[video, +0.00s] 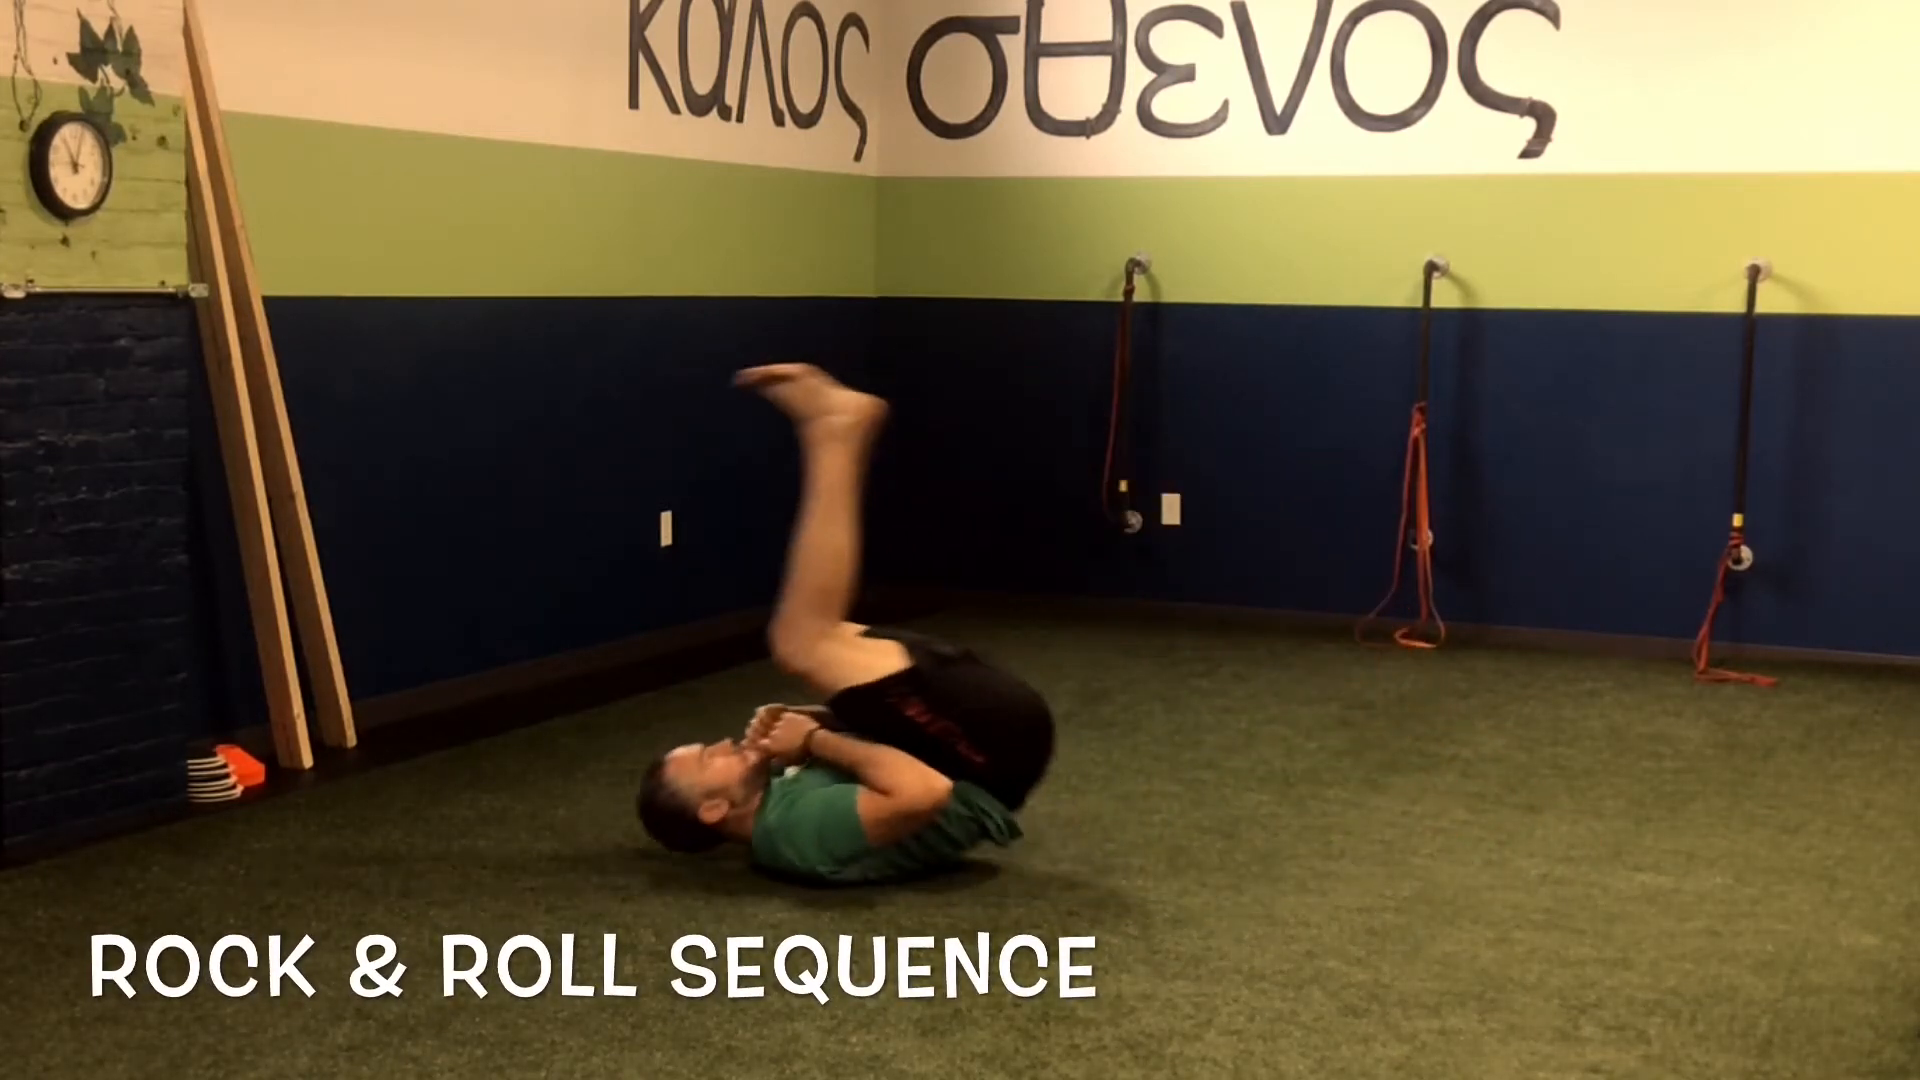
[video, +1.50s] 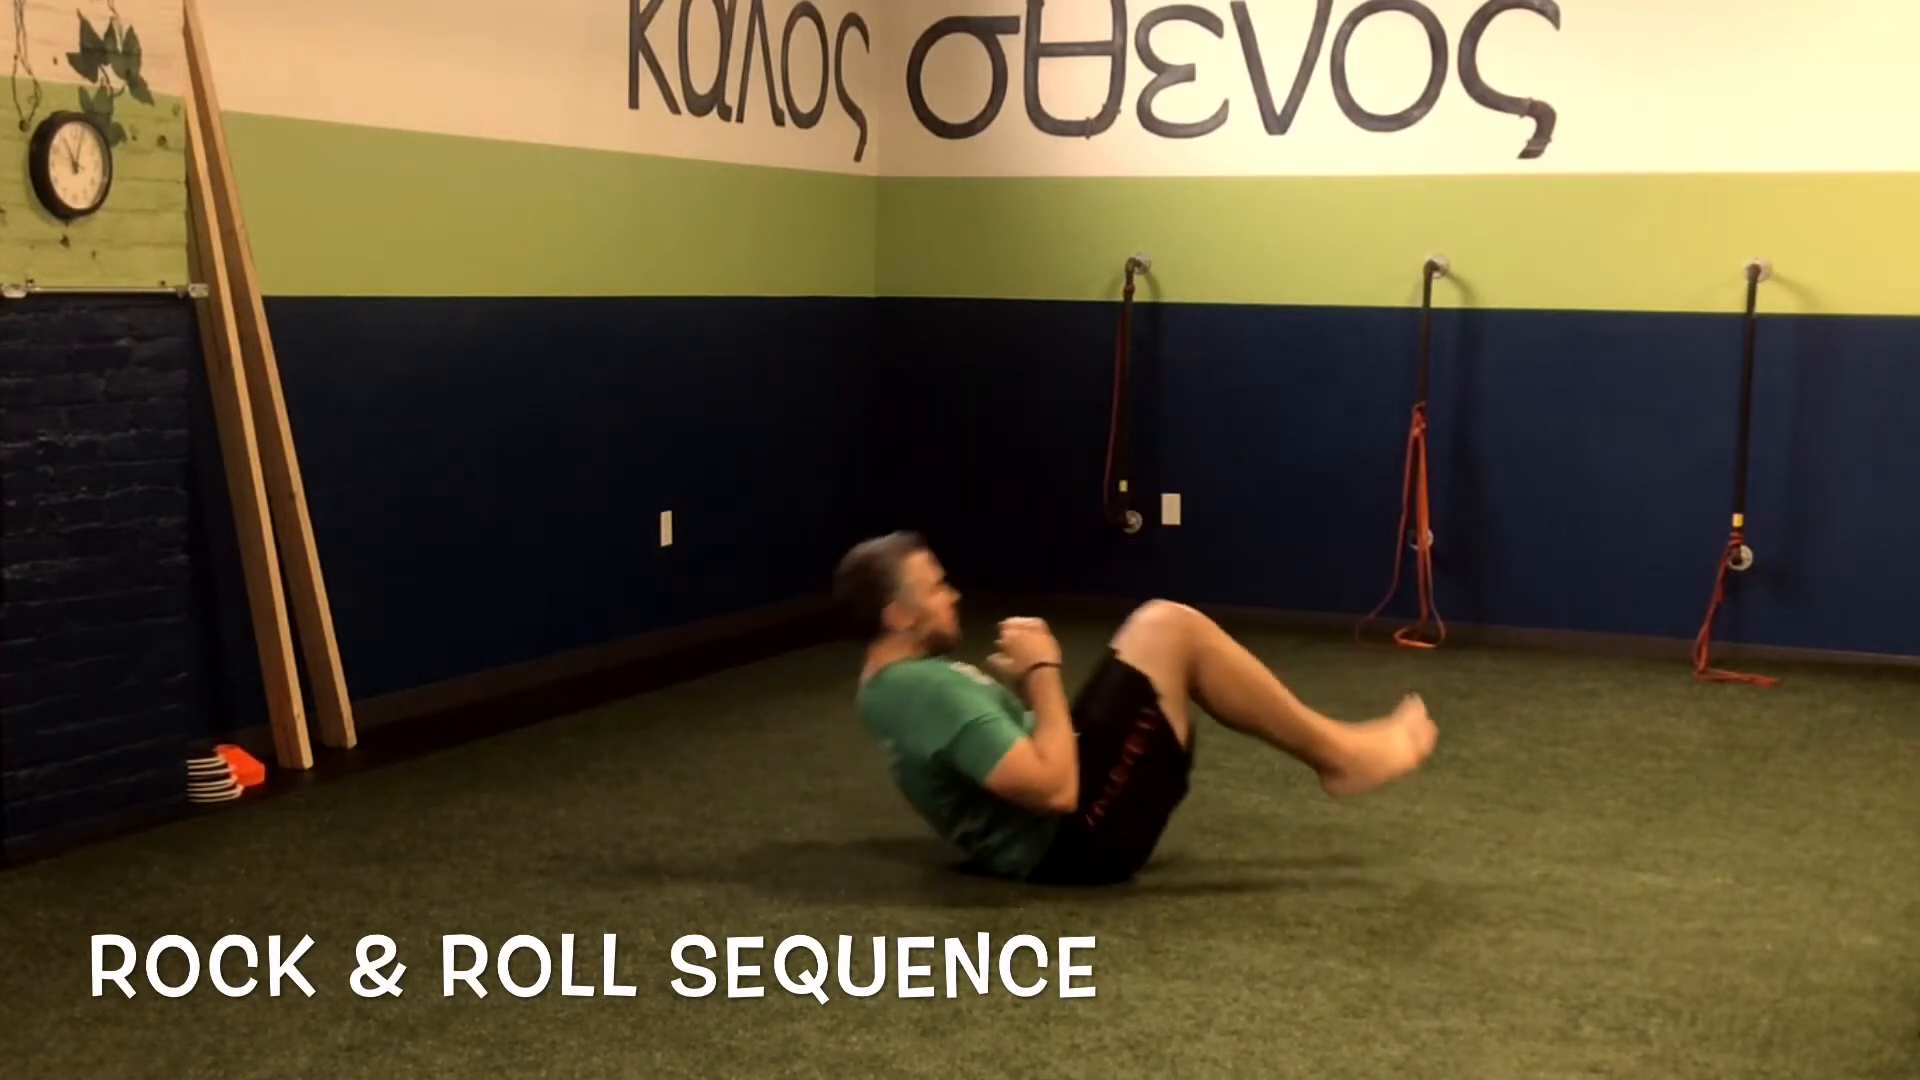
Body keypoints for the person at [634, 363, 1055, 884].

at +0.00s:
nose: (724, 743)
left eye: (705, 745)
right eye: (706, 755)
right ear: (716, 807)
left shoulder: (785, 803)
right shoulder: (792, 830)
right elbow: (925, 793)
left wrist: (799, 742)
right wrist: (814, 740)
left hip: (1005, 736)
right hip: (1001, 749)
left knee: (827, 635)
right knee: (801, 641)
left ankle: (840, 428)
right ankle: (835, 428)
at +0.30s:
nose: (702, 765)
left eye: (684, 771)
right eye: (688, 782)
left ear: (708, 825)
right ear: (705, 828)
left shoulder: (763, 809)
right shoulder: (781, 835)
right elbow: (898, 767)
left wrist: (752, 737)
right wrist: (773, 750)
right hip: (957, 697)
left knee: (745, 644)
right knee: (725, 669)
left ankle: (692, 451)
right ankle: (689, 449)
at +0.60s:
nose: (705, 766)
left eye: (687, 770)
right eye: (691, 783)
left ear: (707, 831)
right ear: (704, 832)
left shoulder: (758, 816)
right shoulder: (780, 834)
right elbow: (901, 771)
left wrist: (753, 759)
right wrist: (775, 746)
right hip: (959, 698)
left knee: (752, 645)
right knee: (732, 671)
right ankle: (714, 448)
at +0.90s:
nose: (718, 745)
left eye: (700, 746)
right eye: (701, 759)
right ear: (710, 809)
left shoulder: (778, 804)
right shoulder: (790, 829)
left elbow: (871, 719)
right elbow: (922, 791)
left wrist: (793, 712)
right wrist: (808, 735)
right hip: (999, 750)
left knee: (804, 616)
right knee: (807, 626)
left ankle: (916, 435)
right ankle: (916, 435)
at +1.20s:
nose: (810, 665)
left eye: (796, 657)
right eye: (789, 667)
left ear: (798, 692)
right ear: (769, 715)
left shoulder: (836, 747)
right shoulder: (827, 774)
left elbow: (962, 782)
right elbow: (984, 805)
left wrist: (912, 696)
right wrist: (916, 704)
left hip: (1031, 812)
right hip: (1043, 828)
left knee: (982, 585)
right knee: (983, 594)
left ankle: (1191, 553)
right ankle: (1202, 558)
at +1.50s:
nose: (951, 591)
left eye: (940, 578)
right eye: (934, 584)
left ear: (894, 614)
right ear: (896, 615)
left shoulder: (899, 676)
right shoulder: (926, 692)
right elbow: (1056, 785)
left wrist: (1004, 682)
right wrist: (1044, 673)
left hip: (1050, 829)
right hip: (1077, 846)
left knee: (1159, 622)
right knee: (1169, 624)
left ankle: (1333, 749)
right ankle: (1342, 753)